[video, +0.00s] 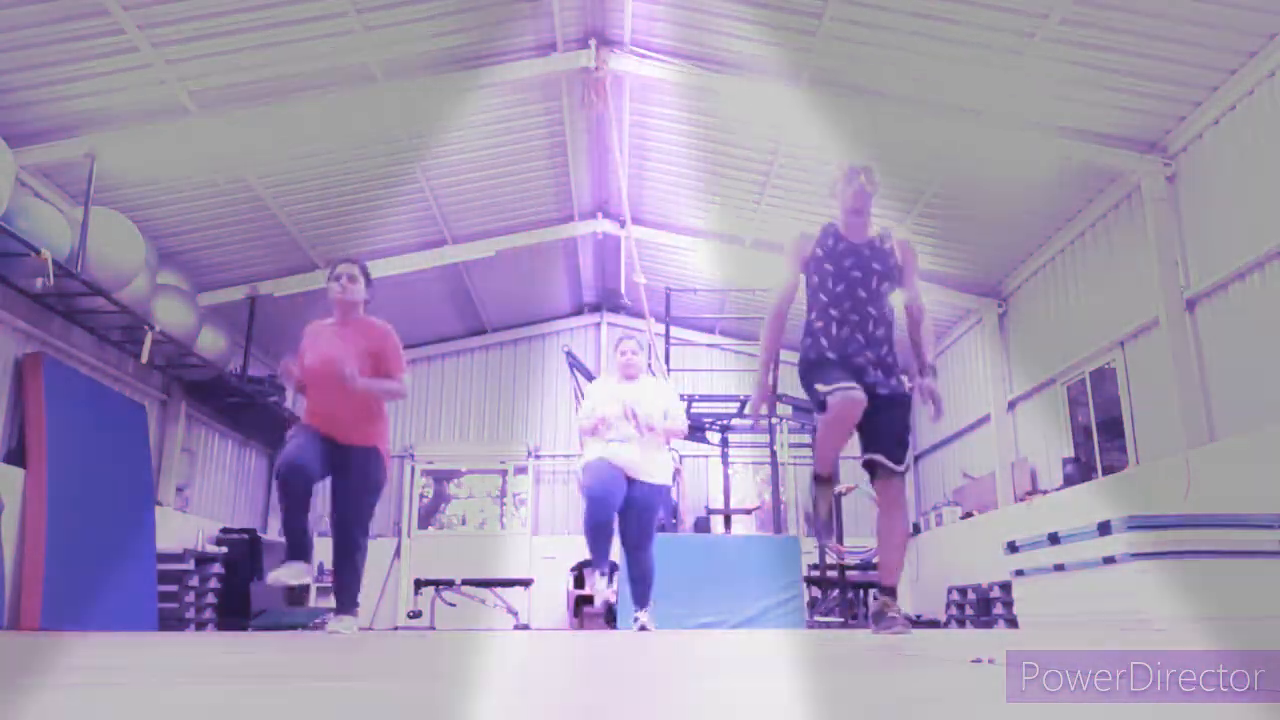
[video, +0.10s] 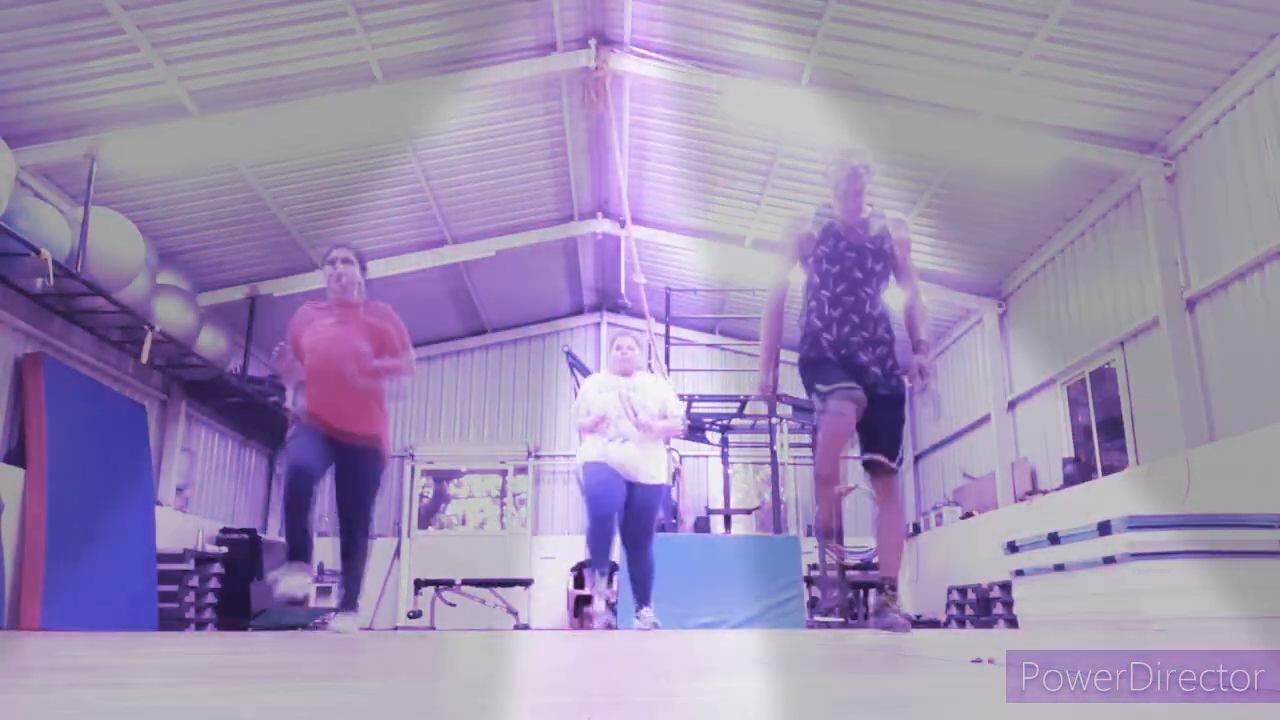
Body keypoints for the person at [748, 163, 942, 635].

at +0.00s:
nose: (862, 188)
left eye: (867, 181)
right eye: (852, 181)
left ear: (876, 193)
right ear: (836, 193)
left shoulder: (895, 246)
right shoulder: (811, 243)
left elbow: (914, 311)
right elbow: (779, 311)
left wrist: (925, 371)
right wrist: (764, 381)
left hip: (883, 368)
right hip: (826, 357)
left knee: (890, 483)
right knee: (848, 400)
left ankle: (887, 601)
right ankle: (823, 483)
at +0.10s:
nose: (855, 190)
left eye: (861, 182)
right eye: (846, 183)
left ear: (870, 186)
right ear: (831, 188)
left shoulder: (889, 233)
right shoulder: (809, 231)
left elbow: (911, 294)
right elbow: (777, 298)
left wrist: (919, 350)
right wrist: (768, 369)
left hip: (880, 357)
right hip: (825, 349)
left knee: (885, 476)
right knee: (844, 403)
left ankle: (888, 598)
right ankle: (829, 542)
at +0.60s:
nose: (832, 203)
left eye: (838, 196)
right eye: (823, 196)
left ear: (846, 205)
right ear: (807, 205)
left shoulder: (867, 253)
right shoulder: (790, 254)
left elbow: (885, 316)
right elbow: (773, 323)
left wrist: (908, 374)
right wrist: (776, 386)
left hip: (873, 373)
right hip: (820, 377)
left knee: (898, 444)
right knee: (830, 491)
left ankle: (872, 499)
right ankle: (835, 599)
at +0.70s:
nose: (831, 220)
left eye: (837, 214)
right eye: (821, 214)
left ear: (846, 227)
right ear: (806, 228)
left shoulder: (862, 278)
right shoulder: (789, 276)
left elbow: (889, 340)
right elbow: (776, 348)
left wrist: (907, 397)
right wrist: (786, 406)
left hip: (867, 383)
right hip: (818, 392)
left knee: (890, 409)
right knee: (829, 500)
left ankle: (868, 464)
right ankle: (835, 601)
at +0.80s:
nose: (834, 213)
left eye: (840, 207)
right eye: (824, 207)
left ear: (847, 219)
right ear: (807, 220)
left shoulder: (865, 272)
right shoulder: (790, 266)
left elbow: (889, 332)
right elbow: (771, 337)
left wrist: (905, 389)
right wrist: (789, 387)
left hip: (863, 382)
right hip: (814, 388)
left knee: (883, 408)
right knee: (825, 492)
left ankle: (869, 484)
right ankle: (833, 597)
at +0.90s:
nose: (835, 196)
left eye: (842, 191)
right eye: (827, 191)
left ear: (851, 203)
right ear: (813, 204)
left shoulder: (873, 253)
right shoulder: (791, 251)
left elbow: (893, 309)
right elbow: (767, 313)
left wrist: (906, 361)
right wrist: (782, 359)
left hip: (864, 373)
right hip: (809, 375)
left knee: (877, 445)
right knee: (815, 488)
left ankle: (873, 552)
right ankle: (826, 591)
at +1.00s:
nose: (837, 211)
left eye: (843, 206)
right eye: (830, 205)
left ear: (852, 216)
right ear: (818, 215)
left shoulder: (872, 265)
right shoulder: (798, 263)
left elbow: (899, 317)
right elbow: (765, 321)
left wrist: (913, 359)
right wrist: (784, 362)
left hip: (864, 391)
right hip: (809, 391)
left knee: (871, 491)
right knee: (811, 498)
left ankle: (872, 598)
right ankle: (813, 598)